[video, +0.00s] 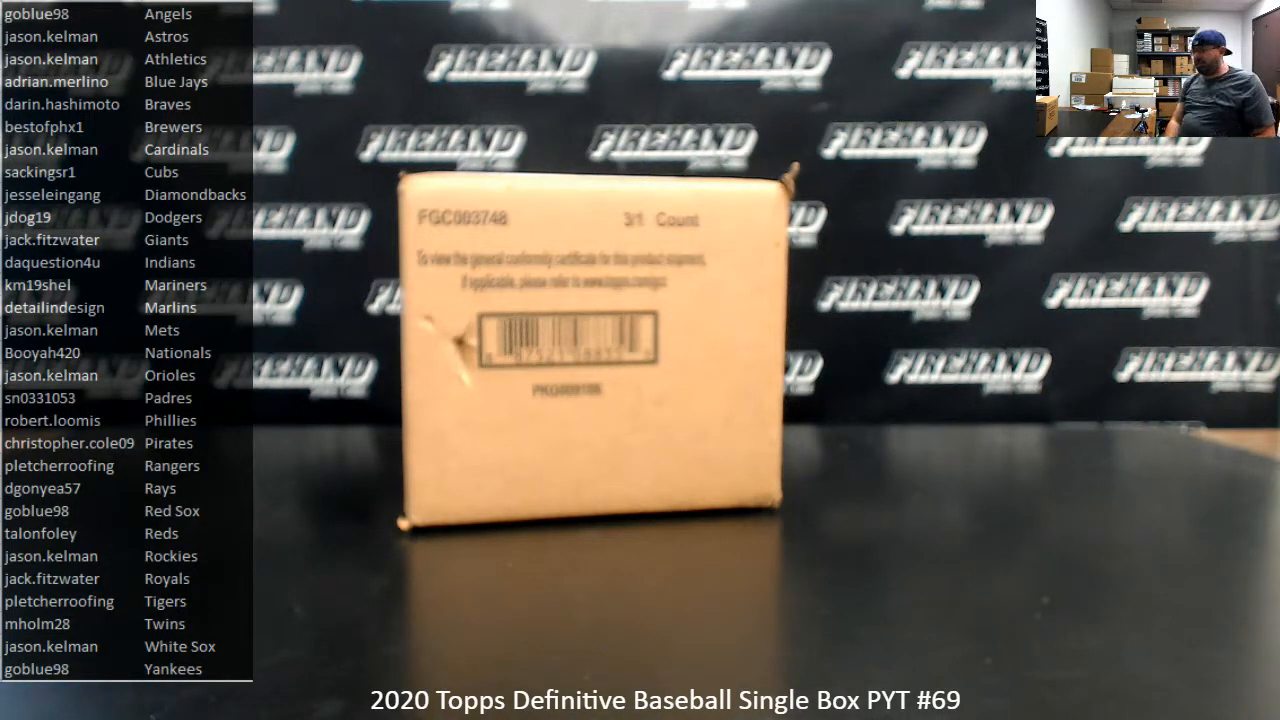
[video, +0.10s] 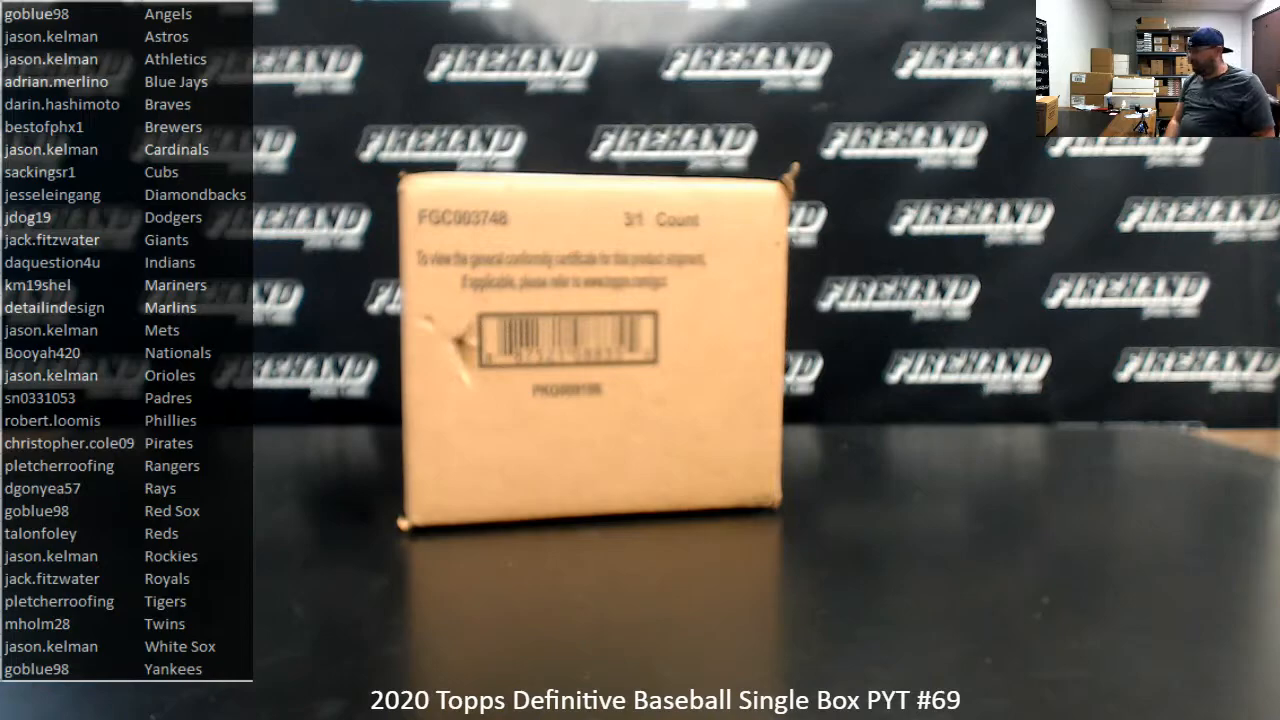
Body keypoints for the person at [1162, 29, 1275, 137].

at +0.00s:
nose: (1197, 57)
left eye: (1203, 51)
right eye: (1194, 52)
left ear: (1221, 52)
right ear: (1191, 54)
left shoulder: (1248, 82)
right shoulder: (1190, 83)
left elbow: (1267, 134)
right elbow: (1176, 120)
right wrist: (1167, 149)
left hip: (1229, 162)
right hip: (1187, 160)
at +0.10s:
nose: (1190, 58)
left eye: (1196, 51)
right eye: (1190, 52)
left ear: (1217, 51)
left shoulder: (1247, 83)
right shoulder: (1191, 82)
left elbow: (1266, 136)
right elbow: (1176, 120)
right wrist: (1164, 149)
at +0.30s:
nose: (1174, 61)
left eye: (1180, 54)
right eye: (1175, 55)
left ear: (1203, 53)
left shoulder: (1237, 89)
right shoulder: (1185, 85)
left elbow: (1262, 141)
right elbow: (1173, 122)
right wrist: (1163, 152)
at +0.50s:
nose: (1165, 62)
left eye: (1169, 56)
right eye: (1165, 56)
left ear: (1191, 55)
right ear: (1191, 55)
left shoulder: (1227, 90)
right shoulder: (1179, 86)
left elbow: (1253, 143)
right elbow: (1170, 125)